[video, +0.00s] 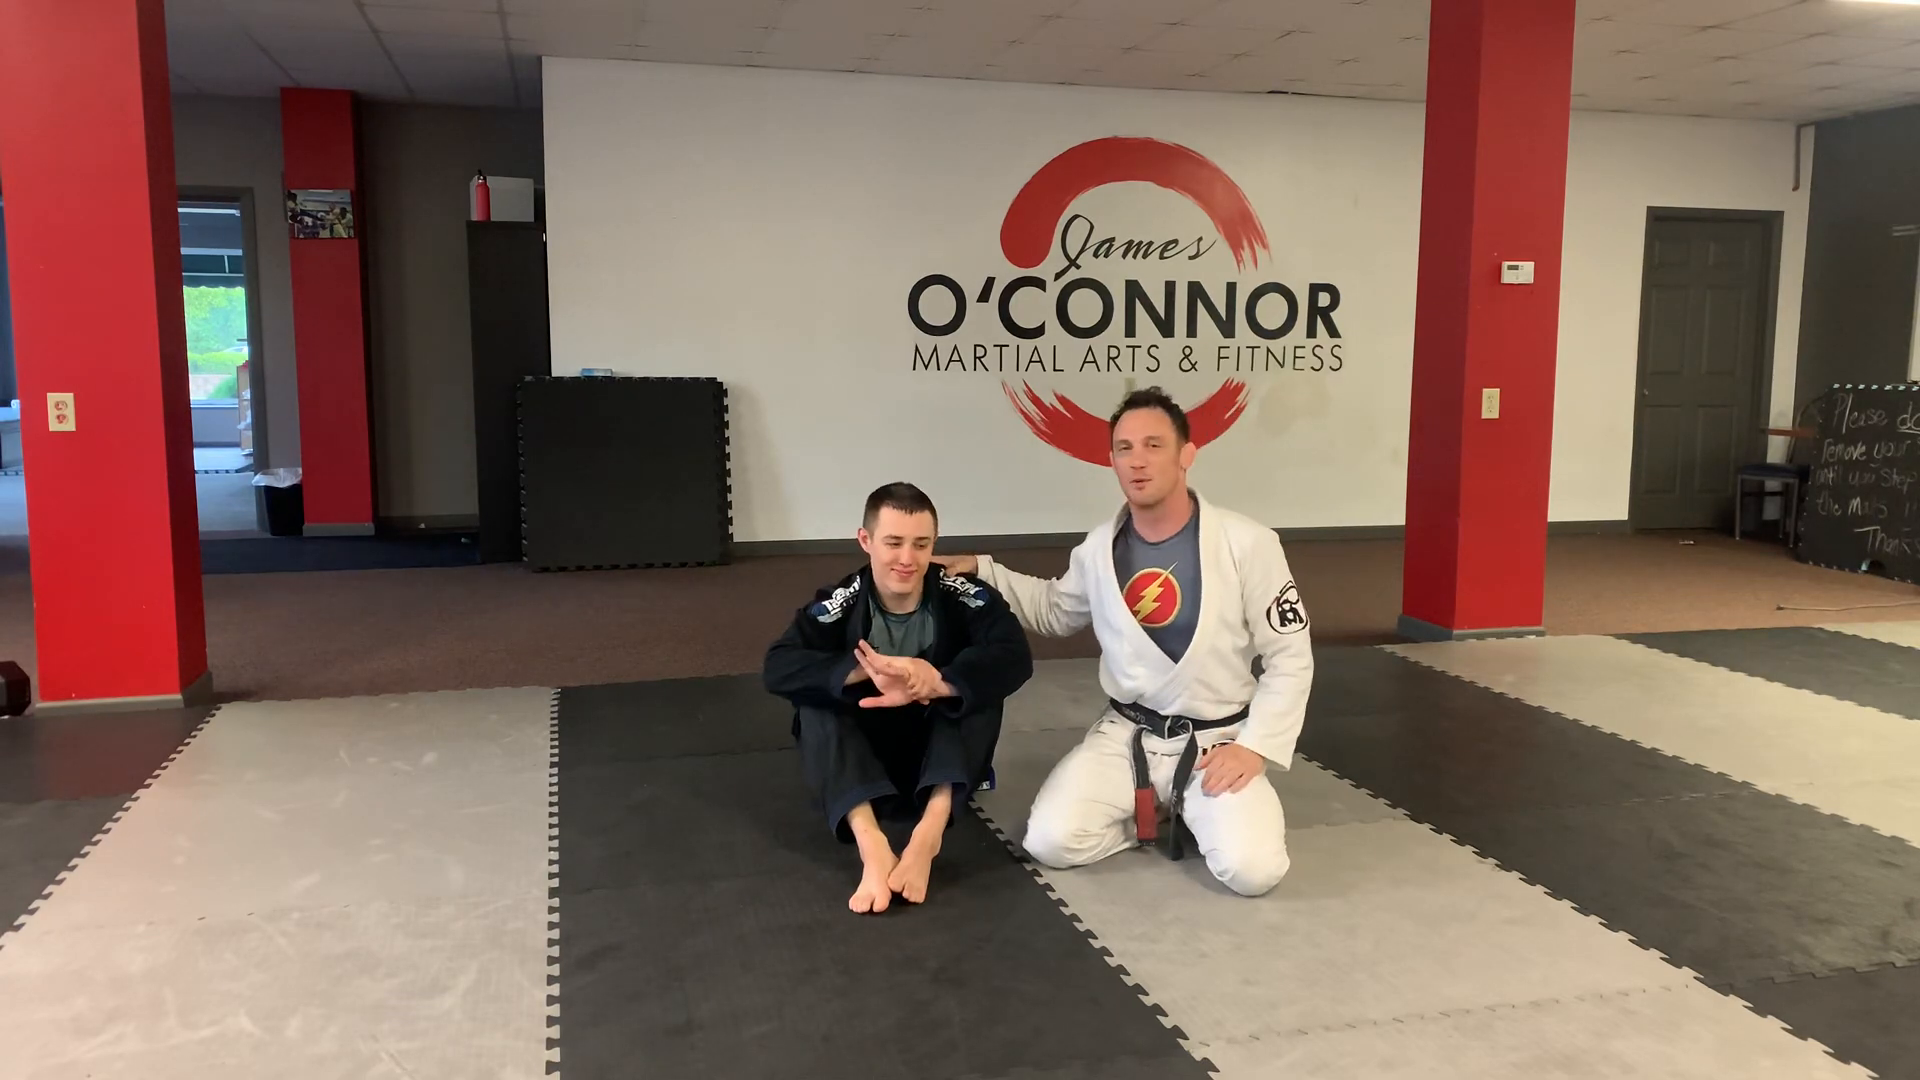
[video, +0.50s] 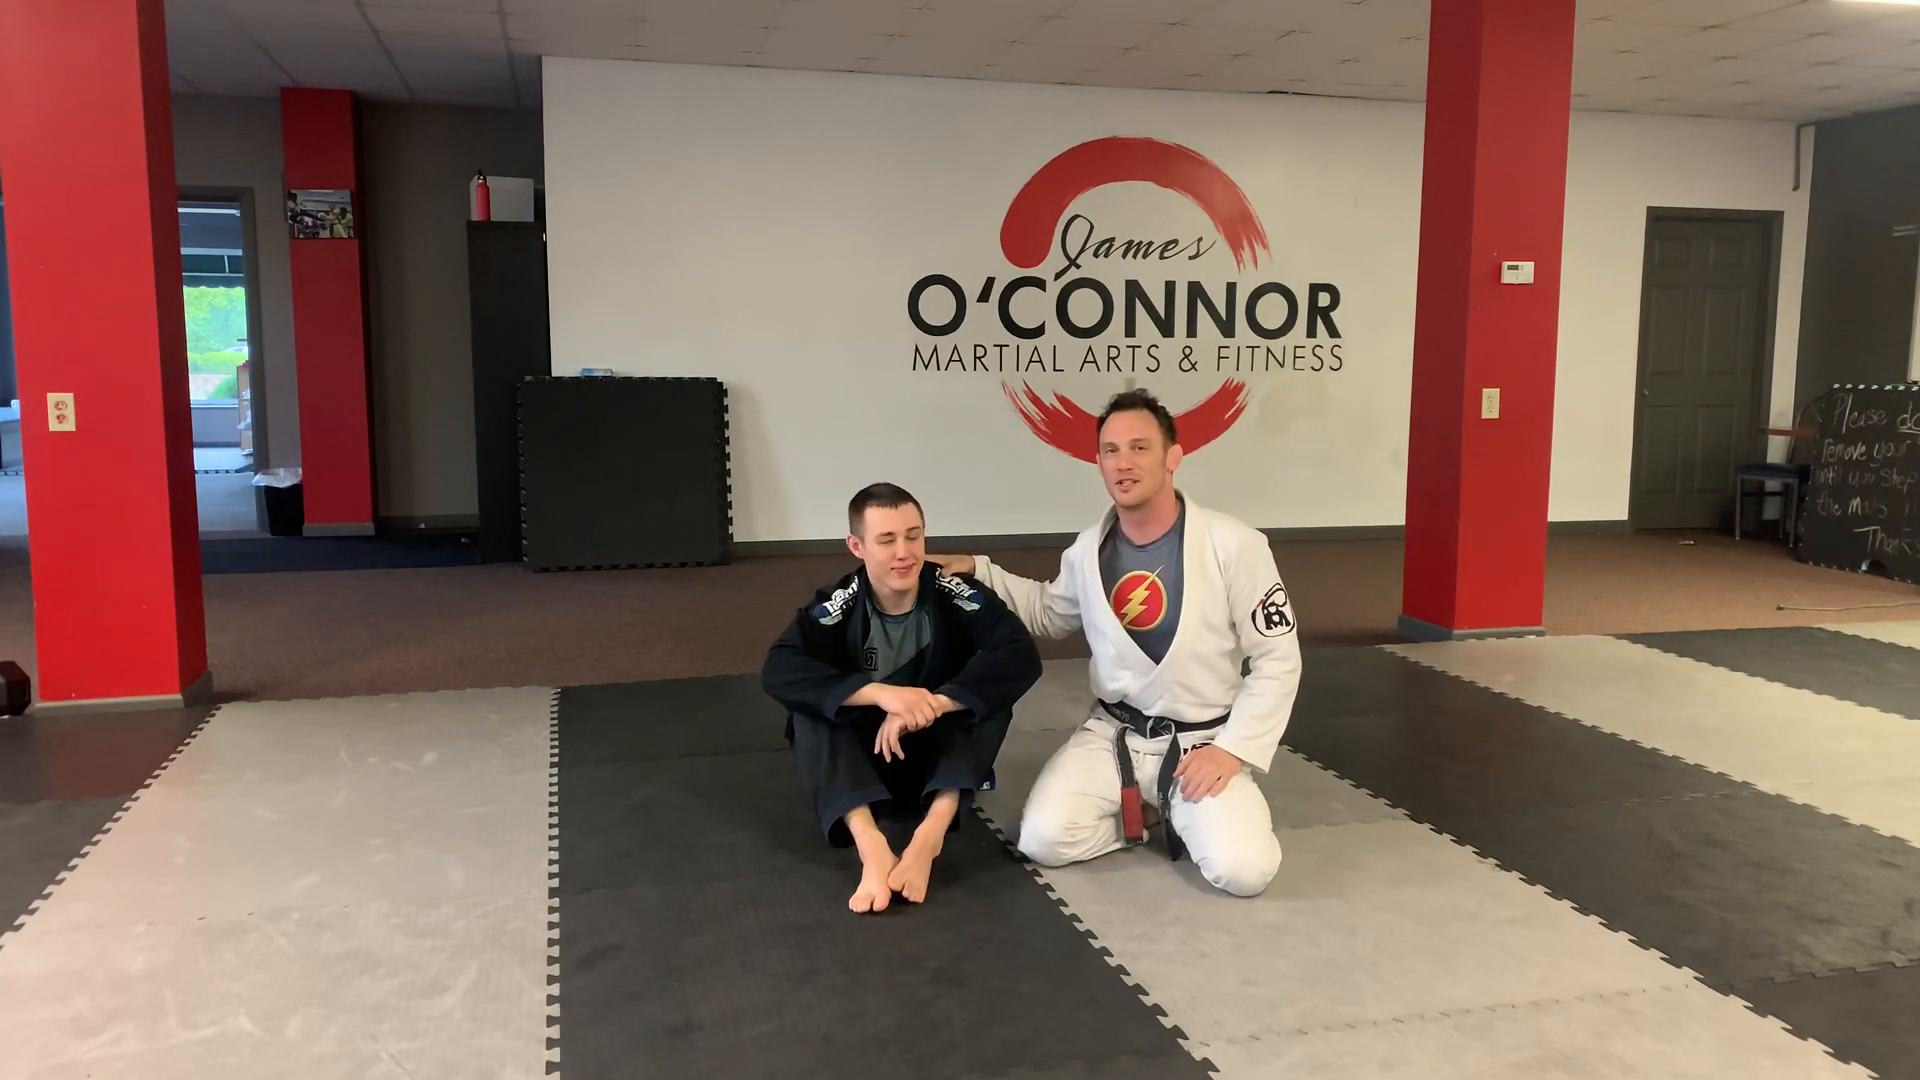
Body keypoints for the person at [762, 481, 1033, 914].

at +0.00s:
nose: (907, 557)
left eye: (920, 545)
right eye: (894, 543)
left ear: (933, 545)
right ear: (865, 542)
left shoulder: (967, 596)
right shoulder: (841, 603)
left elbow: (1014, 657)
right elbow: (779, 668)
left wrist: (940, 683)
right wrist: (861, 669)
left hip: (941, 755)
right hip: (862, 757)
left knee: (979, 685)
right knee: (815, 701)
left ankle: (930, 831)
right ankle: (871, 843)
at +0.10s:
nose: (907, 557)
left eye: (920, 544)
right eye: (894, 543)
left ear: (933, 545)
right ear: (865, 541)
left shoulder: (969, 597)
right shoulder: (840, 603)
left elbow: (1015, 656)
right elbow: (779, 667)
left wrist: (941, 685)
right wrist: (862, 671)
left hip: (941, 756)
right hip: (862, 758)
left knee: (980, 689)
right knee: (815, 702)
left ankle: (930, 832)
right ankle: (871, 844)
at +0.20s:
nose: (907, 557)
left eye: (919, 544)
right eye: (892, 543)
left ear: (932, 544)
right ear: (864, 542)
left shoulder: (967, 597)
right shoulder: (840, 604)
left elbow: (1015, 655)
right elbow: (778, 668)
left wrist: (937, 688)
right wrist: (860, 675)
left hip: (940, 758)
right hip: (861, 761)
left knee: (980, 689)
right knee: (815, 702)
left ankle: (930, 832)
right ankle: (871, 844)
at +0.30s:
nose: (906, 556)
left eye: (918, 542)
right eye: (891, 542)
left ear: (931, 542)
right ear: (863, 542)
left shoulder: (964, 596)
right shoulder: (840, 604)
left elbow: (1015, 657)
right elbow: (779, 669)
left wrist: (918, 707)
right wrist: (878, 691)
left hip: (938, 756)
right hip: (858, 759)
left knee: (983, 693)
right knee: (811, 706)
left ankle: (930, 835)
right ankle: (870, 845)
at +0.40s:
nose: (903, 553)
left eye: (914, 539)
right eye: (887, 540)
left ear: (928, 539)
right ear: (860, 542)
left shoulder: (959, 594)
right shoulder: (838, 604)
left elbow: (1017, 656)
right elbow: (779, 670)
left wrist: (926, 713)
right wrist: (878, 700)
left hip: (938, 757)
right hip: (859, 759)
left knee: (989, 699)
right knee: (808, 708)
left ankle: (930, 836)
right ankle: (870, 846)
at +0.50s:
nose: (904, 553)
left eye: (913, 537)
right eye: (887, 540)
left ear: (924, 536)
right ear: (857, 547)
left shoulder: (956, 594)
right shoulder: (836, 605)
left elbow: (1021, 655)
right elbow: (780, 670)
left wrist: (930, 705)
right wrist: (879, 692)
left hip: (937, 754)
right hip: (859, 757)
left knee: (990, 699)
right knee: (809, 709)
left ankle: (931, 834)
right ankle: (870, 846)